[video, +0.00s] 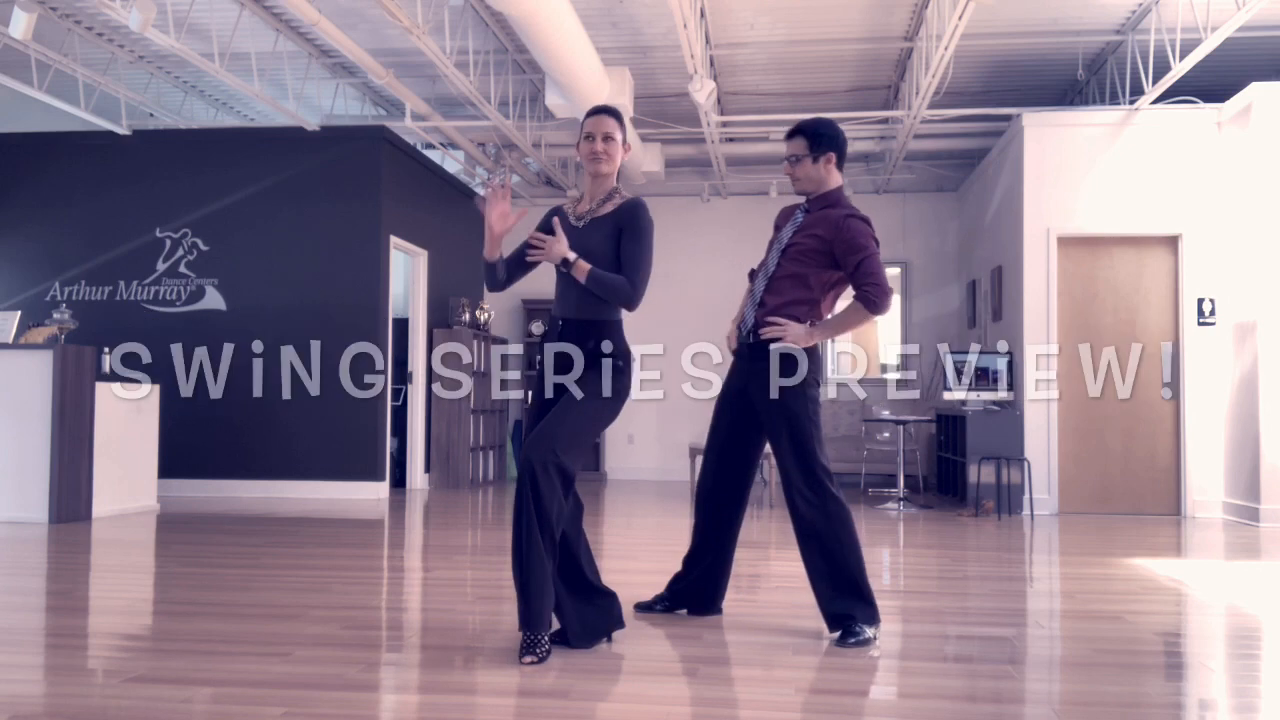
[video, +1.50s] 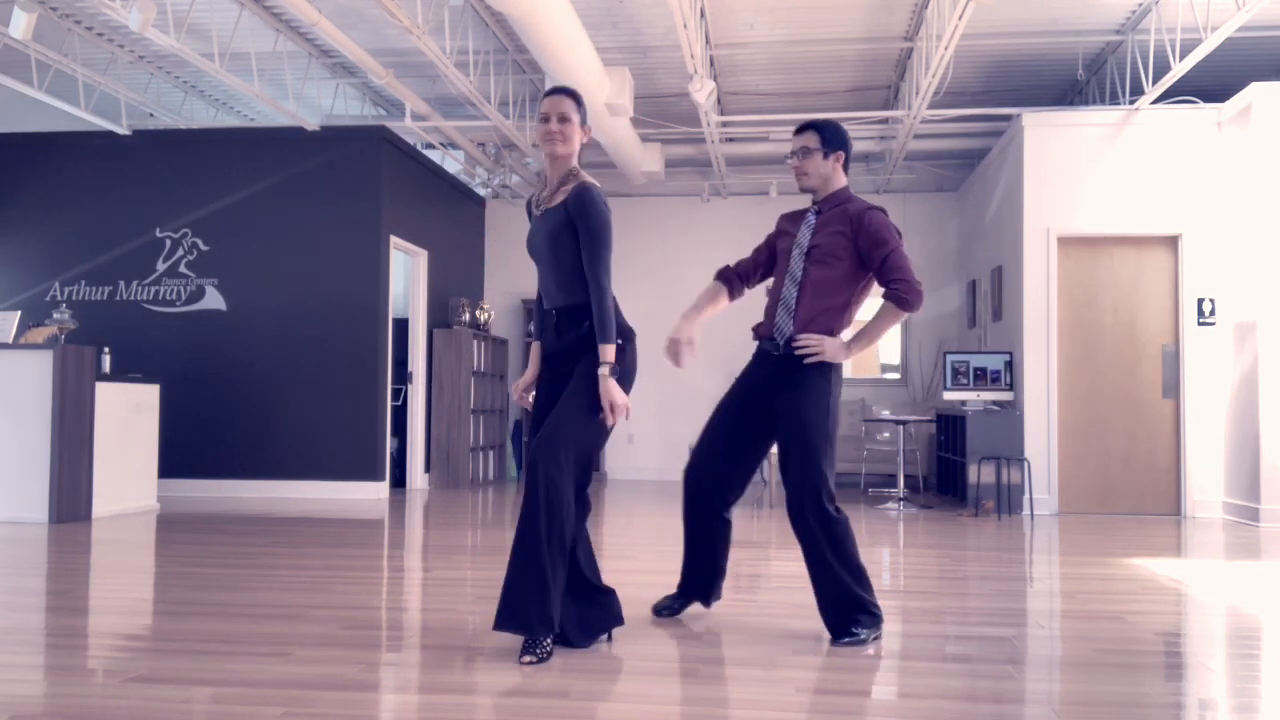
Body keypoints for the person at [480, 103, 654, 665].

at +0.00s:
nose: (598, 146)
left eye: (608, 138)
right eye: (589, 138)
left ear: (625, 150)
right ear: (577, 148)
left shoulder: (633, 213)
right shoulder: (560, 214)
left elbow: (632, 294)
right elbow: (499, 277)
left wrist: (567, 258)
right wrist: (493, 236)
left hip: (604, 361)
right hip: (554, 359)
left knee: (539, 452)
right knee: (547, 480)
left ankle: (538, 617)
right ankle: (588, 608)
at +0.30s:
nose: (585, 147)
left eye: (598, 140)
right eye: (582, 140)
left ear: (623, 161)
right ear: (576, 155)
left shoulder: (635, 219)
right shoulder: (562, 224)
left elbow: (612, 196)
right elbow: (489, 209)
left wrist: (621, 157)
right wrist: (530, 156)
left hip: (595, 373)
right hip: (550, 370)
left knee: (522, 459)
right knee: (539, 488)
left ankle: (533, 615)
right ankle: (587, 609)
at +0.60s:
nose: (590, 146)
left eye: (603, 146)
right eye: (590, 141)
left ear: (621, 167)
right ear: (581, 162)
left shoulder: (624, 227)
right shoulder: (557, 228)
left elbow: (623, 165)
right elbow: (492, 180)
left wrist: (624, 131)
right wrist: (548, 154)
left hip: (585, 376)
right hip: (542, 372)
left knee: (512, 463)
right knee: (528, 493)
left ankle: (532, 618)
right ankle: (588, 609)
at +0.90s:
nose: (586, 170)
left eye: (598, 165)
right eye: (587, 164)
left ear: (617, 183)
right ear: (582, 183)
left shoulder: (628, 232)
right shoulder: (561, 239)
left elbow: (615, 163)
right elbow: (493, 195)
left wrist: (635, 147)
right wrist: (555, 172)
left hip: (577, 386)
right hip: (532, 381)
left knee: (501, 467)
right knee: (517, 494)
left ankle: (528, 617)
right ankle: (586, 610)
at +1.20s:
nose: (591, 157)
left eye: (602, 150)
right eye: (585, 149)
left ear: (622, 167)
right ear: (577, 162)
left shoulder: (622, 226)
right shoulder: (556, 231)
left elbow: (618, 309)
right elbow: (505, 302)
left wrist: (569, 270)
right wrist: (460, 288)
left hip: (584, 374)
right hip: (542, 372)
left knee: (505, 468)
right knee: (520, 491)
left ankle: (527, 617)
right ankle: (588, 611)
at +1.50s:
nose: (553, 128)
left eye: (564, 120)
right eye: (545, 119)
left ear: (583, 133)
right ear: (535, 131)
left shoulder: (587, 200)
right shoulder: (540, 204)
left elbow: (602, 289)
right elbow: (546, 293)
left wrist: (608, 372)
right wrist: (536, 361)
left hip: (598, 349)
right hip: (557, 352)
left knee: (550, 460)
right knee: (552, 471)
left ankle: (543, 618)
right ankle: (589, 604)